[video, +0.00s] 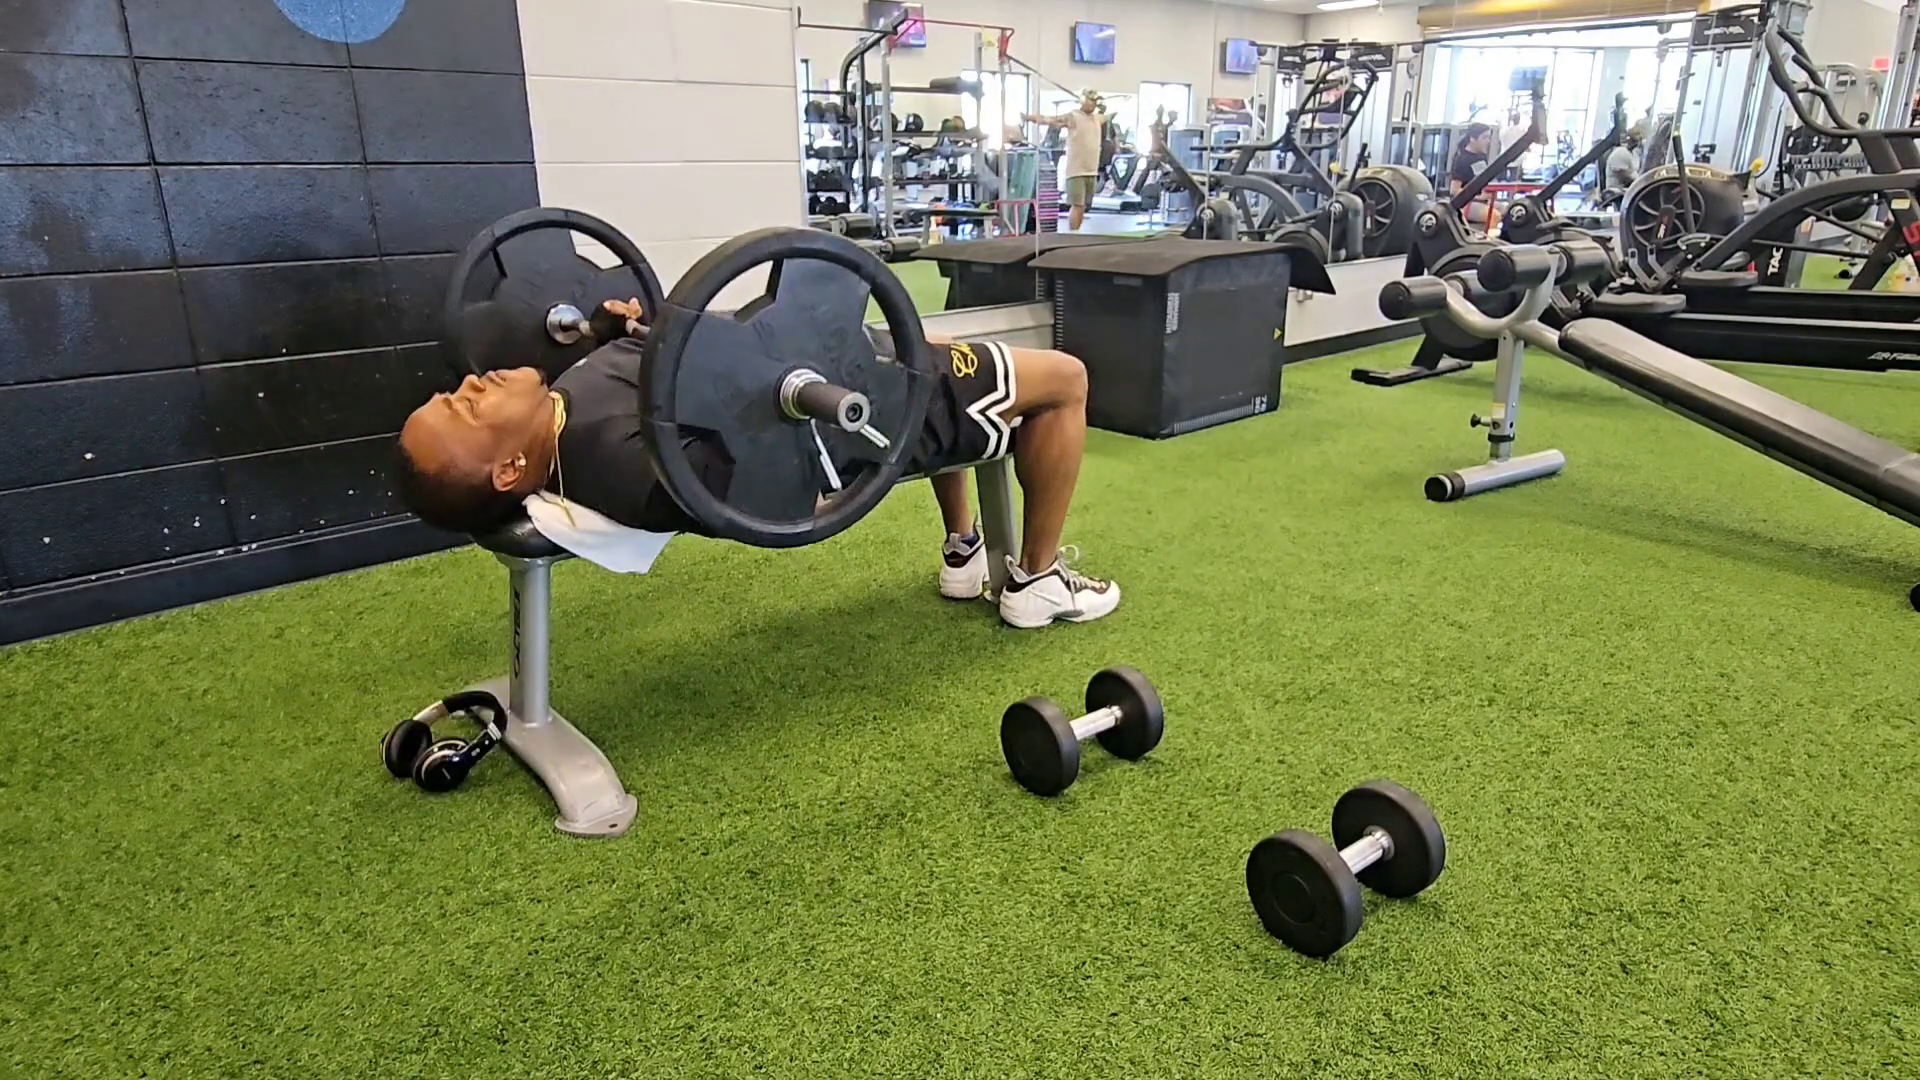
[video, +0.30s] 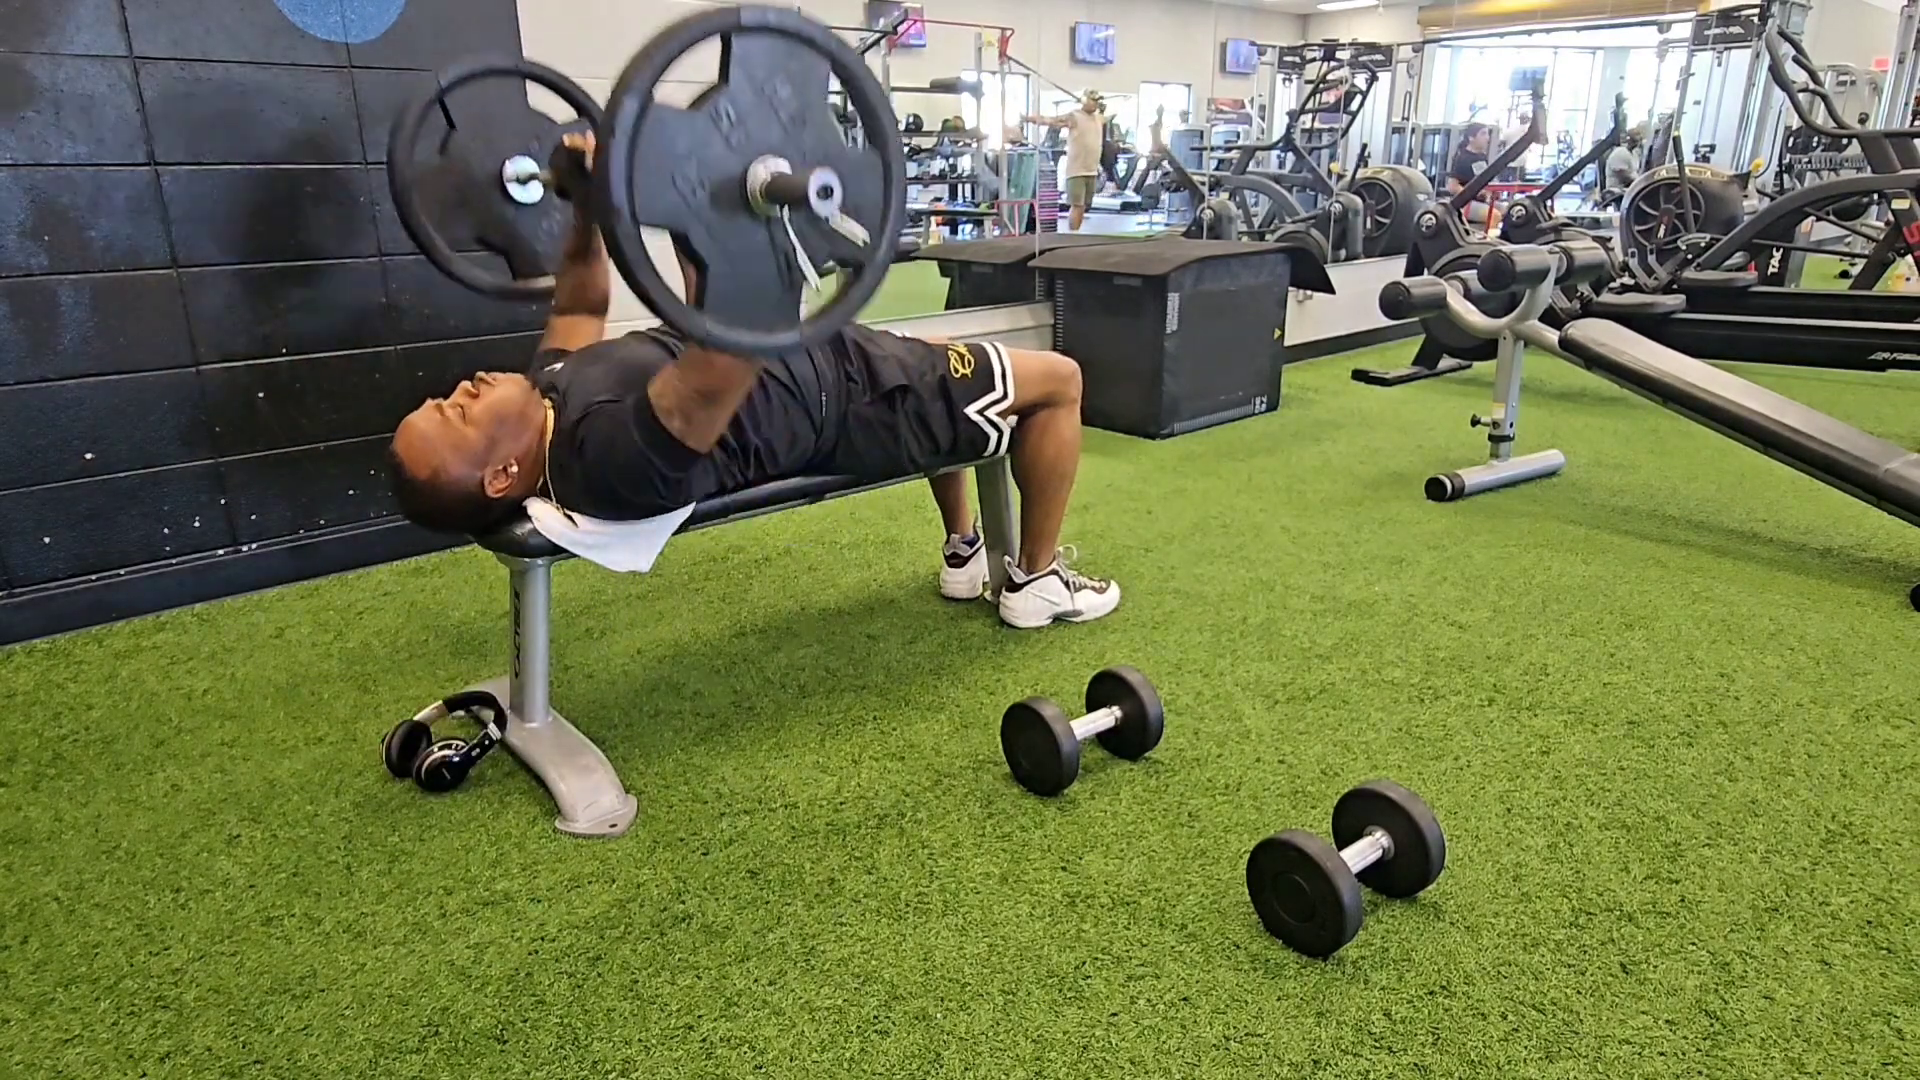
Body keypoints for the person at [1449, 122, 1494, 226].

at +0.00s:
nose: (1488, 141)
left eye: (1489, 137)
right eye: (1485, 137)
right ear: (1472, 139)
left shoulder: (1483, 157)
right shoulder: (1462, 159)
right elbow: (1454, 190)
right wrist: (1480, 197)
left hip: (1484, 200)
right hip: (1466, 203)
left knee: (1506, 209)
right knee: (1494, 216)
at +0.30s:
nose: (1487, 138)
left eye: (1487, 134)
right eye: (1483, 134)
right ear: (1470, 138)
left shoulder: (1483, 157)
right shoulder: (1461, 157)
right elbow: (1452, 186)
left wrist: (1490, 192)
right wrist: (1477, 194)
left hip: (1484, 200)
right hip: (1465, 202)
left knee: (1507, 209)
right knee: (1495, 216)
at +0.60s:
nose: (1488, 137)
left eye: (1488, 134)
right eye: (1483, 134)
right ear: (1470, 137)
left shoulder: (1483, 157)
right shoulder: (1462, 156)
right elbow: (1455, 184)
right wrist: (1479, 193)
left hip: (1485, 201)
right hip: (1467, 203)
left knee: (1507, 213)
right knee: (1495, 216)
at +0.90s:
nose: (1490, 136)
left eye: (1490, 132)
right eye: (1485, 133)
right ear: (1473, 137)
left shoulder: (1484, 156)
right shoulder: (1465, 156)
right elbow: (1456, 184)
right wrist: (1480, 194)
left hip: (1486, 202)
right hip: (1468, 203)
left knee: (1510, 212)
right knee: (1495, 216)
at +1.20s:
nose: (1489, 136)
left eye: (1489, 132)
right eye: (1484, 133)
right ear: (1472, 137)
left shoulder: (1484, 157)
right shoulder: (1465, 156)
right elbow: (1457, 185)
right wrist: (1479, 194)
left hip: (1486, 201)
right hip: (1468, 203)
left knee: (1508, 211)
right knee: (1496, 216)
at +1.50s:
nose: (1488, 136)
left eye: (1488, 132)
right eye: (1483, 133)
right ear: (1471, 137)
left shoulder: (1484, 156)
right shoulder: (1464, 157)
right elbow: (1455, 185)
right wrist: (1480, 195)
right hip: (1469, 203)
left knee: (1508, 212)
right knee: (1496, 215)